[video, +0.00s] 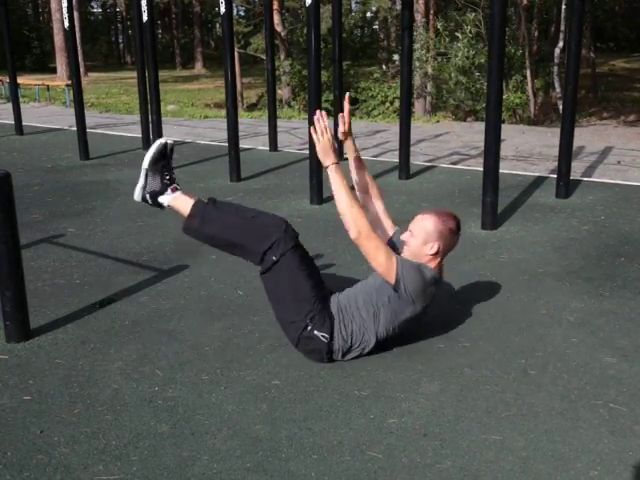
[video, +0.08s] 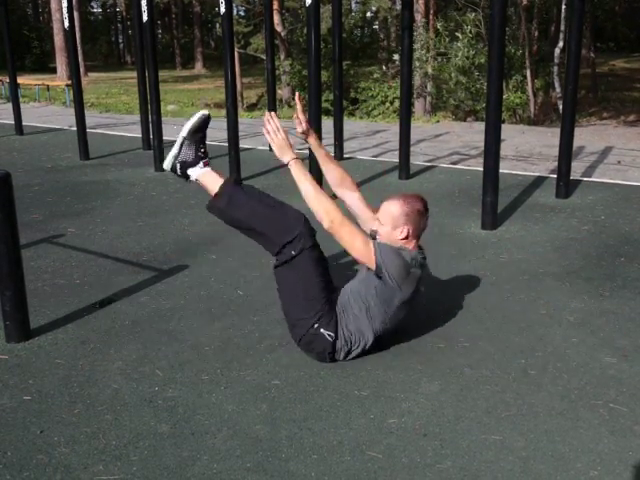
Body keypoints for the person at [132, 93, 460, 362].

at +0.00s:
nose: (403, 233)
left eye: (413, 231)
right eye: (410, 227)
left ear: (434, 250)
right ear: (431, 248)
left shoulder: (417, 282)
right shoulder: (415, 270)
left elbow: (358, 231)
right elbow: (374, 205)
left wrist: (330, 162)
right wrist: (349, 143)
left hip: (320, 333)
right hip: (326, 315)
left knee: (277, 238)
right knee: (278, 234)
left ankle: (166, 194)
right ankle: (170, 194)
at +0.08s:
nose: (374, 225)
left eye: (382, 222)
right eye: (378, 219)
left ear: (404, 236)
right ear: (406, 235)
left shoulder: (397, 265)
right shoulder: (402, 250)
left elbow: (331, 222)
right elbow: (348, 191)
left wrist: (291, 159)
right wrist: (312, 140)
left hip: (327, 336)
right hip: (335, 318)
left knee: (295, 232)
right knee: (296, 224)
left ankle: (197, 169)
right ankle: (197, 169)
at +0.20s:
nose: (345, 228)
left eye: (350, 223)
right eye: (347, 221)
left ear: (375, 229)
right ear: (377, 226)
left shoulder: (384, 255)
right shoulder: (391, 242)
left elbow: (312, 216)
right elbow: (325, 190)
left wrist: (258, 163)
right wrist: (275, 144)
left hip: (333, 338)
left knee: (309, 236)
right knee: (311, 228)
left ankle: (223, 155)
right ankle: (230, 157)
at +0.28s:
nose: (353, 230)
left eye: (358, 227)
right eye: (355, 224)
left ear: (380, 233)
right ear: (383, 230)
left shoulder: (388, 258)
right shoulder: (395, 247)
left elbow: (319, 216)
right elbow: (329, 193)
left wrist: (265, 160)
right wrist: (276, 149)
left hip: (331, 338)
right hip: (342, 317)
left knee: (309, 237)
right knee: (311, 231)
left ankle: (221, 154)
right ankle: (225, 150)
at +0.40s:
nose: (383, 236)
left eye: (389, 231)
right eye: (385, 228)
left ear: (411, 243)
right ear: (415, 243)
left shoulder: (410, 274)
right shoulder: (414, 265)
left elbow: (362, 221)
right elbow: (367, 204)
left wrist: (325, 150)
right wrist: (329, 146)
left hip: (326, 333)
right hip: (333, 316)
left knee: (279, 241)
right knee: (284, 232)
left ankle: (180, 168)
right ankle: (197, 156)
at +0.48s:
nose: (410, 244)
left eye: (417, 238)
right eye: (413, 238)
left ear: (434, 251)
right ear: (429, 248)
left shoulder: (427, 289)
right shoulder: (424, 279)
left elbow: (397, 235)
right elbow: (390, 211)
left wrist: (388, 155)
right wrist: (381, 148)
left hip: (327, 332)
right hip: (336, 312)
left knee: (258, 253)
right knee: (264, 243)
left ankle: (150, 193)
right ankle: (173, 173)